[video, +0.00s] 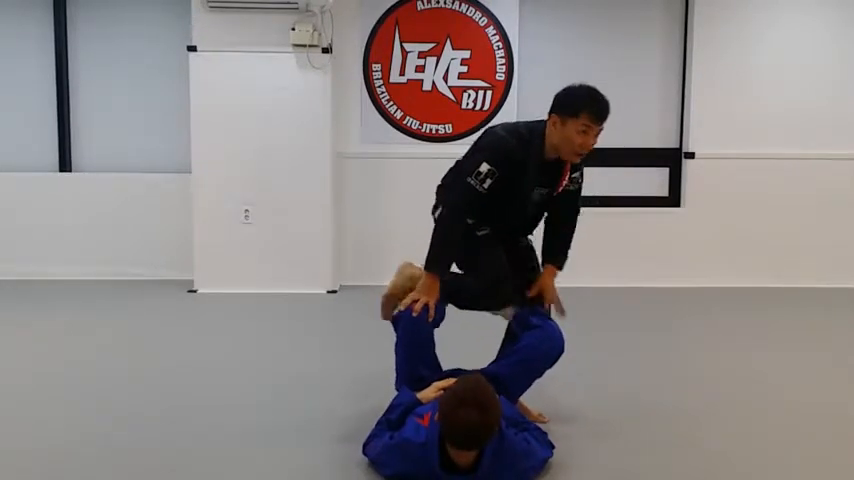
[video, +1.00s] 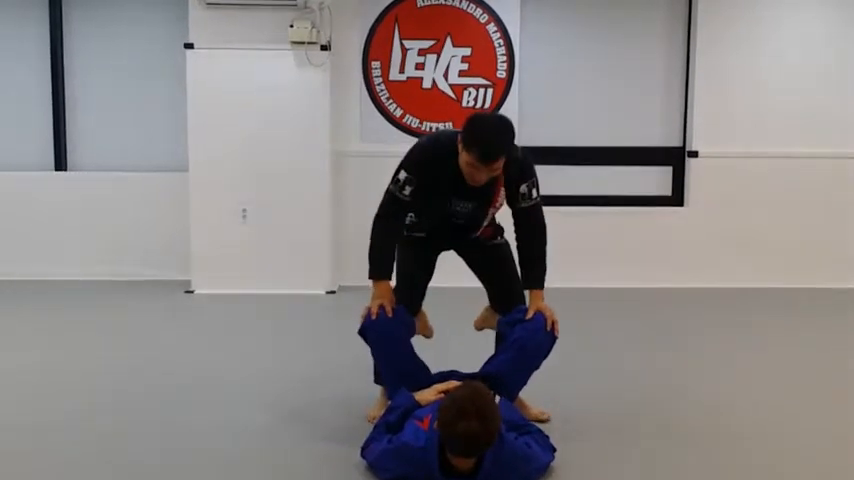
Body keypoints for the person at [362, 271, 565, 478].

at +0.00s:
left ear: (439, 416)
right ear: (498, 421)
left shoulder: (409, 449)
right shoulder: (515, 455)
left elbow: (374, 444)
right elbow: (540, 442)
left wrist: (414, 398)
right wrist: (513, 408)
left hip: (424, 397)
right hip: (495, 396)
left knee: (415, 316)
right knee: (550, 339)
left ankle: (413, 295)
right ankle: (520, 306)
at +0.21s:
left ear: (438, 421)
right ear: (498, 426)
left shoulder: (408, 452)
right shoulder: (517, 456)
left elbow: (374, 444)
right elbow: (540, 441)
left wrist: (414, 398)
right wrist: (510, 405)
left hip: (424, 391)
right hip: (493, 390)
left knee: (410, 318)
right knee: (544, 332)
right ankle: (506, 307)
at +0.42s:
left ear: (438, 421)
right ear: (498, 427)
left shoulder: (409, 451)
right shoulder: (517, 455)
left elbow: (374, 444)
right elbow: (540, 440)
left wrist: (413, 398)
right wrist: (506, 403)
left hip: (424, 392)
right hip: (494, 391)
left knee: (399, 323)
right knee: (544, 330)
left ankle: (431, 309)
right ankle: (508, 309)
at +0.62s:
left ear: (438, 425)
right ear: (498, 429)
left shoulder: (409, 452)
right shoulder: (517, 456)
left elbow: (373, 445)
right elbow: (540, 441)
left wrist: (412, 398)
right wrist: (507, 404)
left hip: (423, 394)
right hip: (493, 392)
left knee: (391, 316)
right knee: (545, 332)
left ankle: (416, 312)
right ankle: (494, 312)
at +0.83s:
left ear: (437, 424)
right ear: (498, 430)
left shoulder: (409, 452)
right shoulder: (517, 458)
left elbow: (372, 446)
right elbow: (540, 443)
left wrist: (410, 399)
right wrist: (507, 404)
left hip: (421, 396)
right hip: (491, 392)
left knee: (379, 322)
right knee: (540, 327)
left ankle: (412, 314)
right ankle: (496, 315)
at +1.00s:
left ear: (437, 426)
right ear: (496, 433)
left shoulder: (409, 453)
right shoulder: (518, 458)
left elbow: (372, 446)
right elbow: (541, 443)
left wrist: (410, 400)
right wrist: (501, 404)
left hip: (422, 396)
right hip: (491, 392)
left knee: (380, 321)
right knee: (541, 325)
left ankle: (415, 318)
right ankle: (497, 316)